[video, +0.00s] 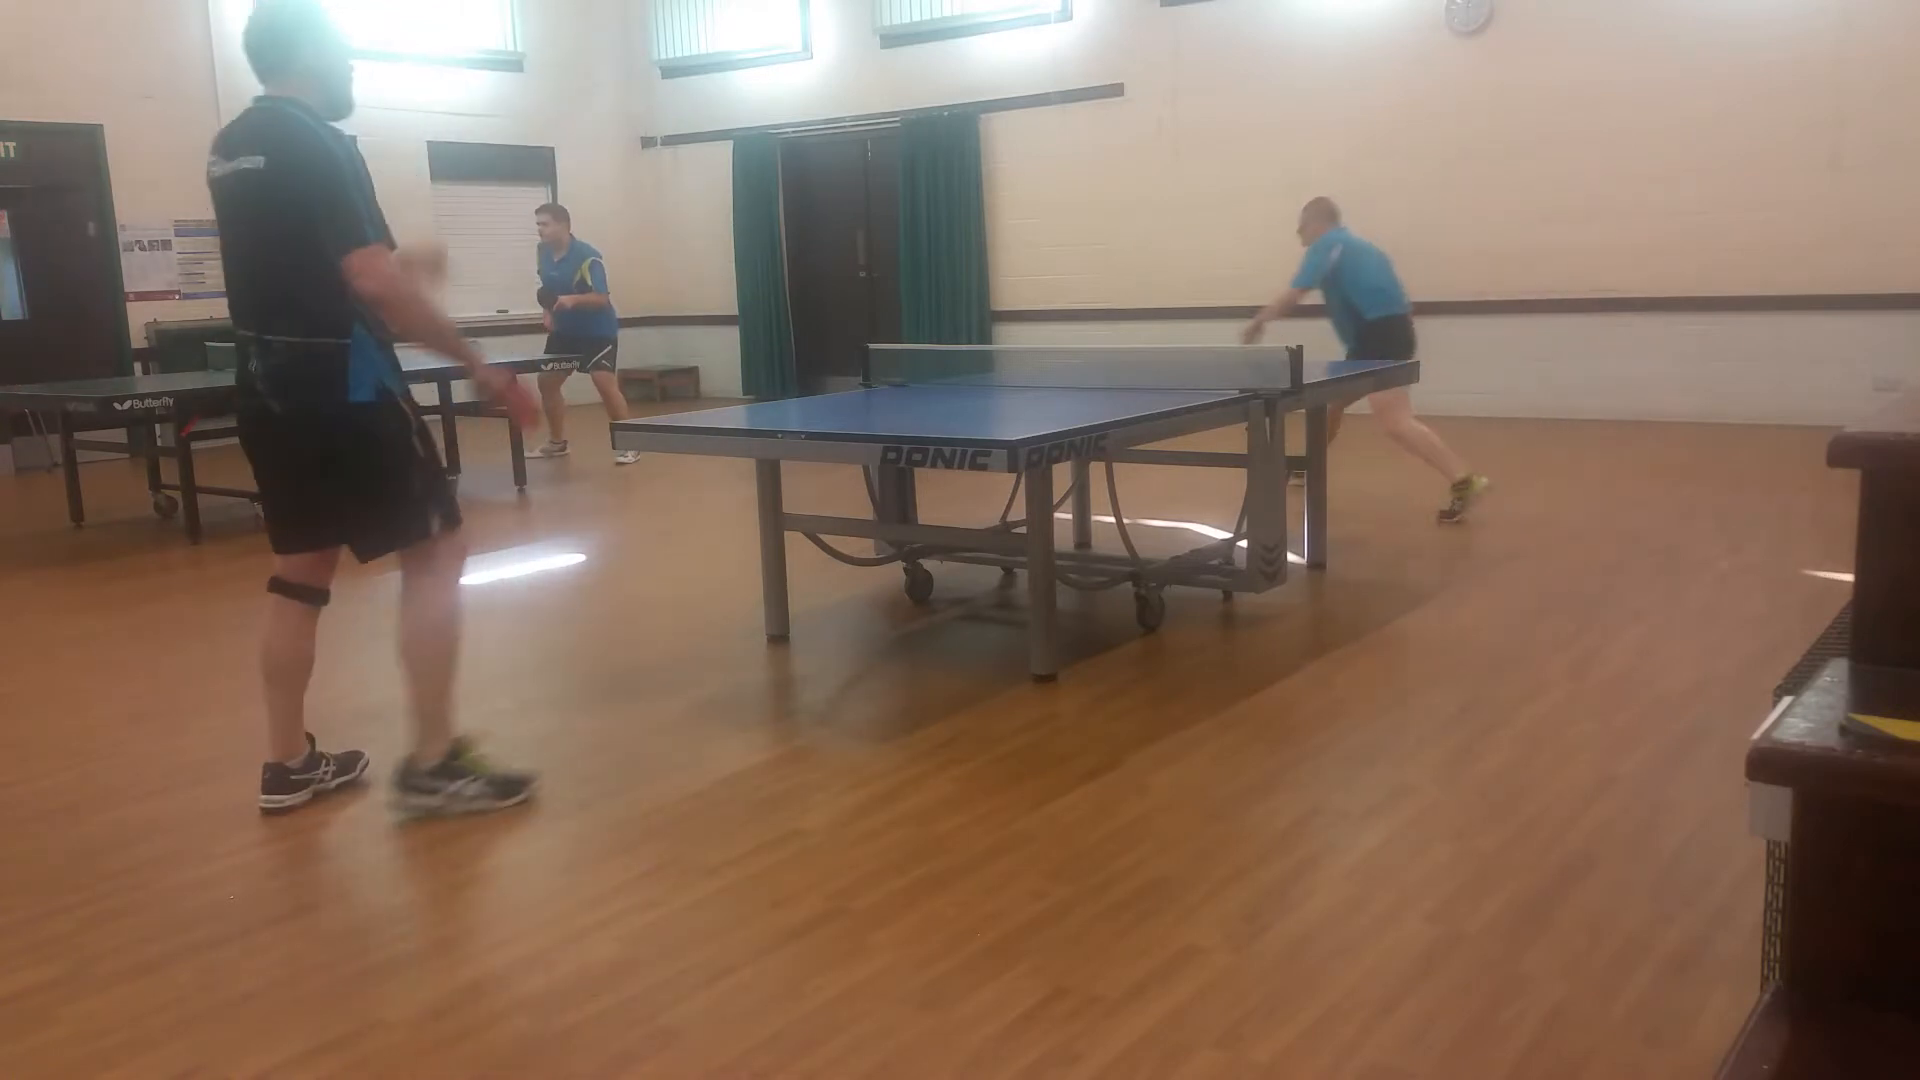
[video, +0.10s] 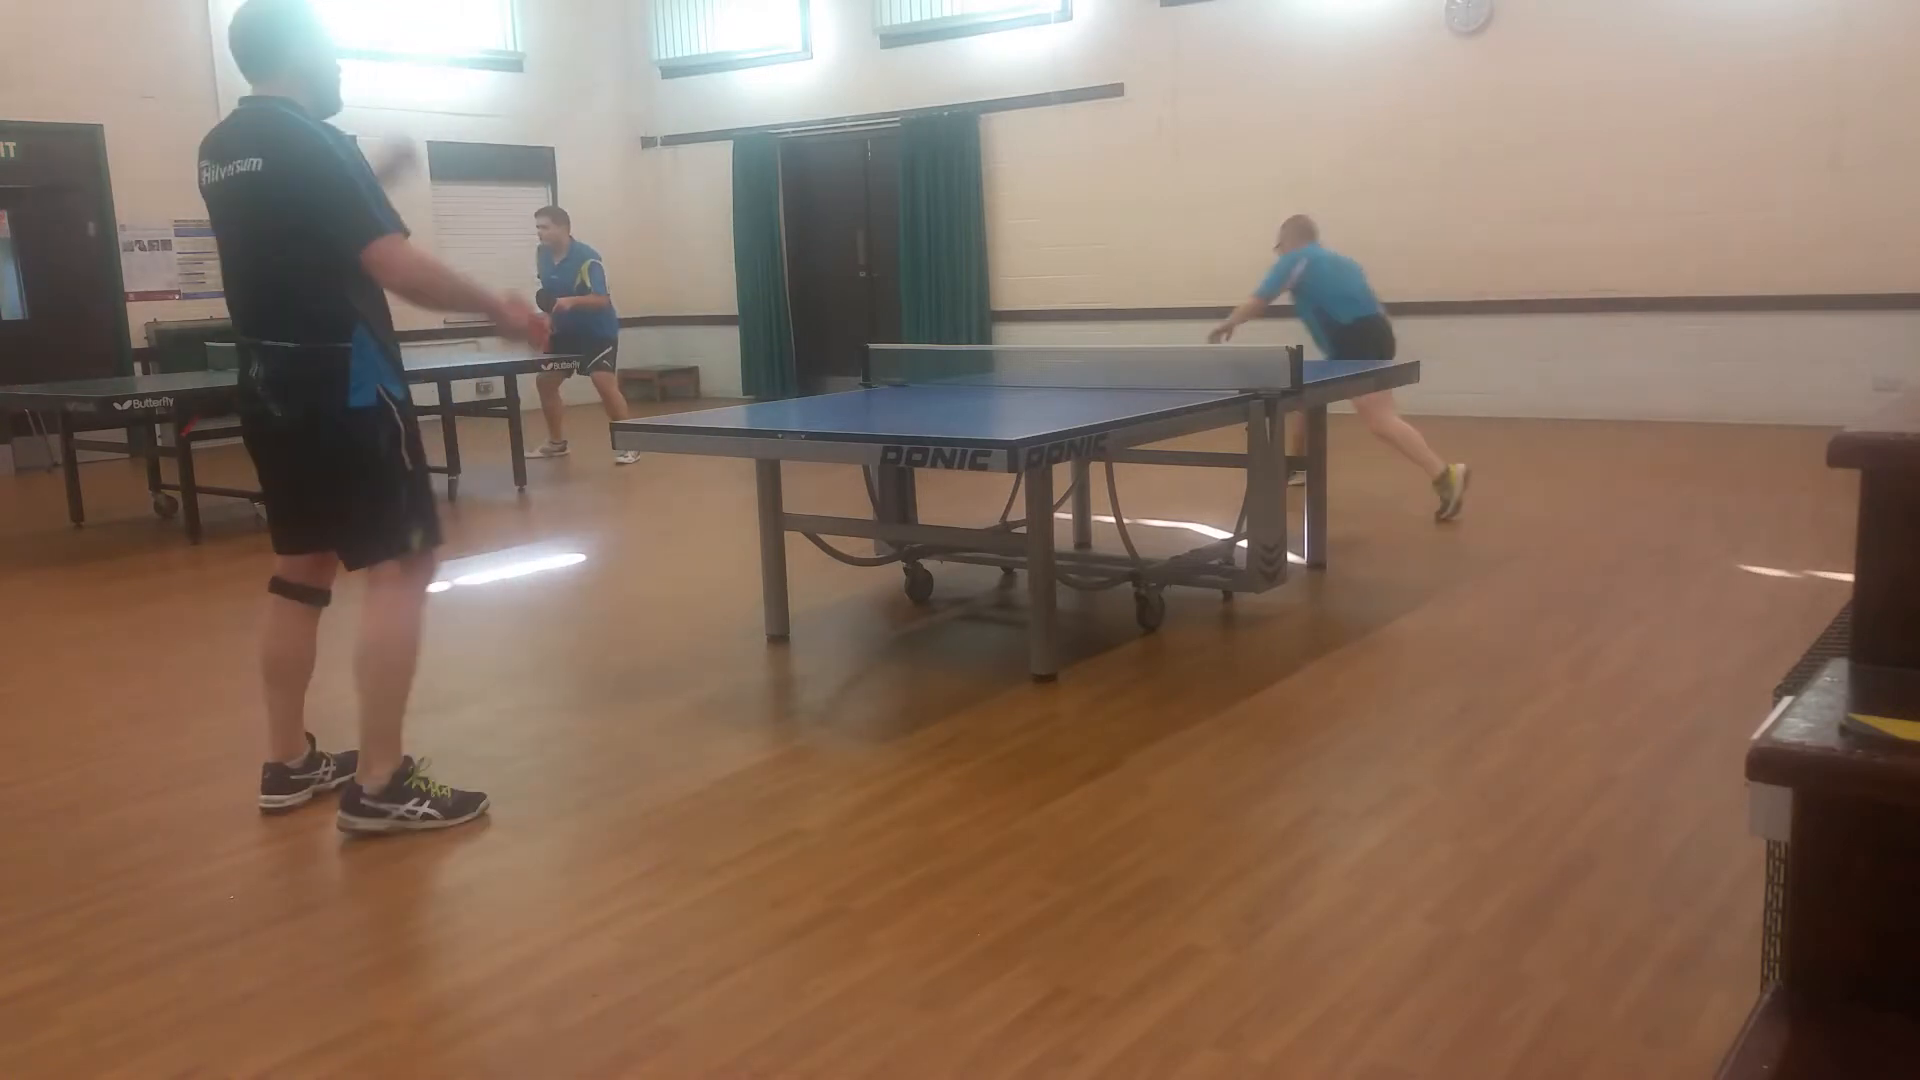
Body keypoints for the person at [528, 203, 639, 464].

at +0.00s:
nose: (540, 230)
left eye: (544, 224)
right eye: (538, 225)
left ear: (564, 226)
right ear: (540, 227)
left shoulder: (588, 255)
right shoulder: (543, 251)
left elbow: (602, 297)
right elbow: (548, 286)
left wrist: (573, 299)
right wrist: (548, 310)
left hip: (598, 331)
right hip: (565, 331)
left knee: (604, 381)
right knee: (548, 382)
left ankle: (629, 445)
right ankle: (557, 442)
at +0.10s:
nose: (539, 232)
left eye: (544, 227)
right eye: (538, 228)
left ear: (563, 228)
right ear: (540, 230)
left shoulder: (587, 257)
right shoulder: (543, 253)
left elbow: (602, 299)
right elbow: (550, 293)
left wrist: (571, 301)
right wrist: (546, 319)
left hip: (598, 332)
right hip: (566, 332)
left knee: (603, 381)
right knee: (546, 382)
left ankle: (628, 444)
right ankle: (557, 442)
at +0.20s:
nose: (539, 231)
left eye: (543, 226)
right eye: (537, 226)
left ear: (562, 226)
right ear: (539, 228)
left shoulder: (587, 254)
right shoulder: (542, 251)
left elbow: (601, 295)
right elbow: (544, 287)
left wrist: (572, 299)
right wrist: (546, 312)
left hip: (598, 330)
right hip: (564, 330)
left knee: (604, 381)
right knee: (548, 382)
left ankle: (629, 444)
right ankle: (557, 442)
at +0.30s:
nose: (538, 230)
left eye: (543, 224)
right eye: (536, 225)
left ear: (561, 224)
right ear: (538, 227)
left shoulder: (587, 252)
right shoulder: (541, 250)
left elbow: (601, 294)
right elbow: (542, 285)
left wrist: (572, 298)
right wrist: (545, 310)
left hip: (598, 330)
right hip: (564, 331)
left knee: (605, 381)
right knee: (550, 382)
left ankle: (628, 444)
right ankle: (557, 442)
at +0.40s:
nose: (537, 231)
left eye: (542, 226)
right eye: (535, 227)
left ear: (561, 226)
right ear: (538, 229)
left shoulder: (586, 254)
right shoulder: (541, 253)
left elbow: (602, 295)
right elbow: (545, 289)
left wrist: (572, 300)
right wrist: (542, 313)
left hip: (599, 329)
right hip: (565, 330)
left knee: (606, 382)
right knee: (550, 383)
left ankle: (628, 444)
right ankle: (557, 442)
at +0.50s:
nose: (537, 230)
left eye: (542, 225)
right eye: (535, 226)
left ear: (561, 225)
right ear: (538, 228)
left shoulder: (587, 253)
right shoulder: (541, 253)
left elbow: (603, 295)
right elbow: (548, 291)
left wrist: (574, 300)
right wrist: (533, 305)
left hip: (599, 330)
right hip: (565, 330)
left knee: (606, 382)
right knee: (550, 383)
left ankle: (629, 444)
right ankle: (557, 442)